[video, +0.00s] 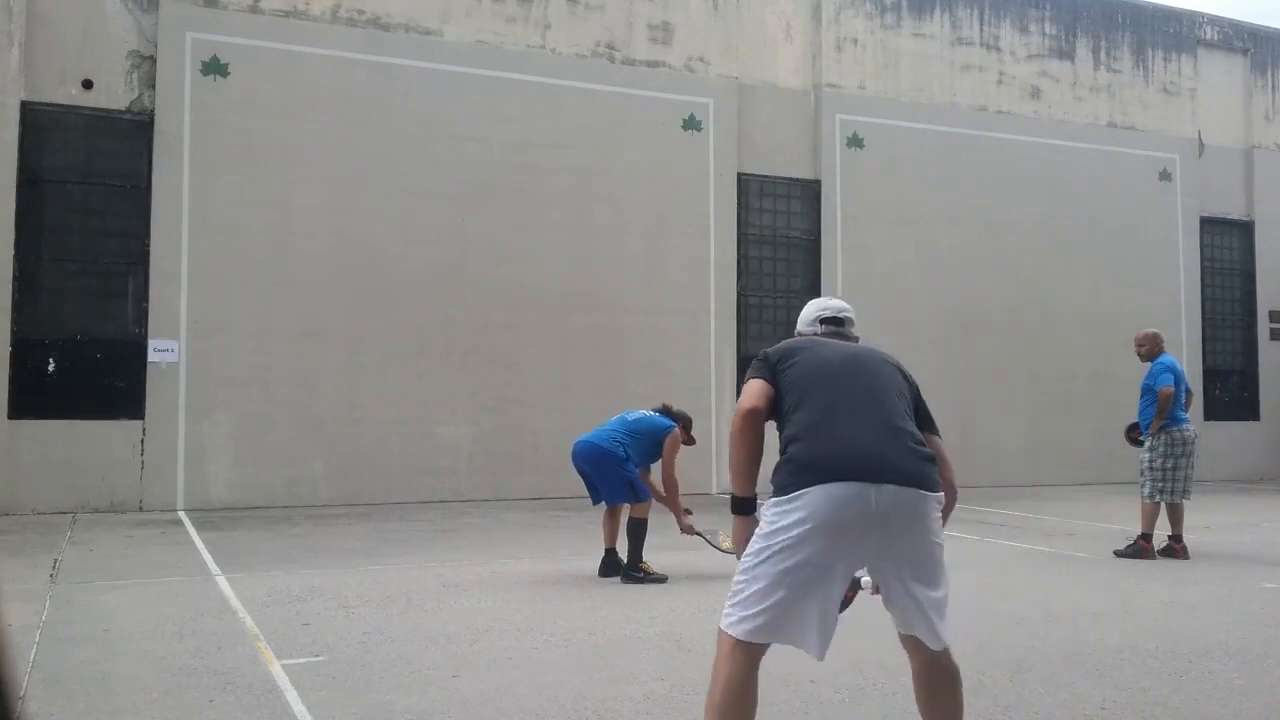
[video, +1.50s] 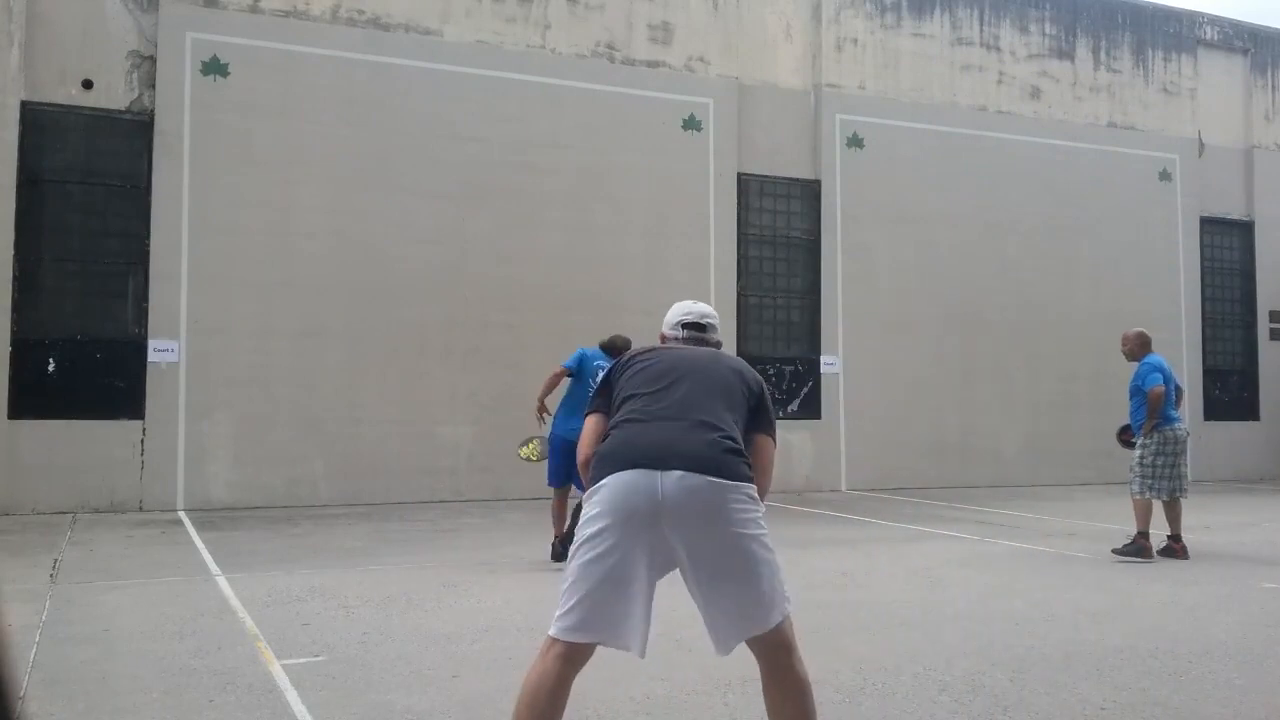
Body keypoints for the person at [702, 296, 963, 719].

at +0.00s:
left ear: (800, 334)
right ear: (856, 335)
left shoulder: (778, 354)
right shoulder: (893, 367)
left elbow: (749, 411)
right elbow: (947, 488)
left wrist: (743, 511)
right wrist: (896, 565)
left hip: (815, 490)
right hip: (913, 494)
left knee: (740, 642)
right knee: (929, 641)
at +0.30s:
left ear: (755, 327)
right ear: (813, 328)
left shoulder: (733, 346)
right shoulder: (851, 356)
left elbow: (689, 400)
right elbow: (893, 465)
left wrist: (662, 497)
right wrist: (865, 532)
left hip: (760, 470)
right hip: (855, 476)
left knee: (717, 640)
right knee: (857, 639)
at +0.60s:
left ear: (763, 328)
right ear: (820, 331)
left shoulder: (738, 347)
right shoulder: (856, 364)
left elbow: (698, 399)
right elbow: (886, 477)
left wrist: (689, 498)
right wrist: (827, 546)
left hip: (749, 466)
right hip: (845, 477)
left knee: (685, 621)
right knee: (850, 643)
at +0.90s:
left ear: (740, 338)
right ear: (795, 344)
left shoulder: (699, 361)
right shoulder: (821, 377)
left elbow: (653, 432)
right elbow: (841, 488)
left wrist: (665, 487)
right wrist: (795, 526)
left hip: (685, 485)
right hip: (783, 493)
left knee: (606, 646)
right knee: (826, 643)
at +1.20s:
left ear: (676, 353)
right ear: (729, 359)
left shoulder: (638, 374)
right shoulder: (754, 389)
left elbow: (583, 458)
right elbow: (760, 493)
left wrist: (633, 553)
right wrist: (684, 559)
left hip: (616, 481)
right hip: (714, 485)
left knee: (560, 650)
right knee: (776, 652)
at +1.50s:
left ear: (664, 337)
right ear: (718, 341)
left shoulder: (629, 361)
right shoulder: (747, 374)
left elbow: (586, 452)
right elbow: (759, 476)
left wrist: (606, 508)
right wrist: (734, 531)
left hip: (621, 481)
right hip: (718, 485)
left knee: (563, 650)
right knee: (776, 650)